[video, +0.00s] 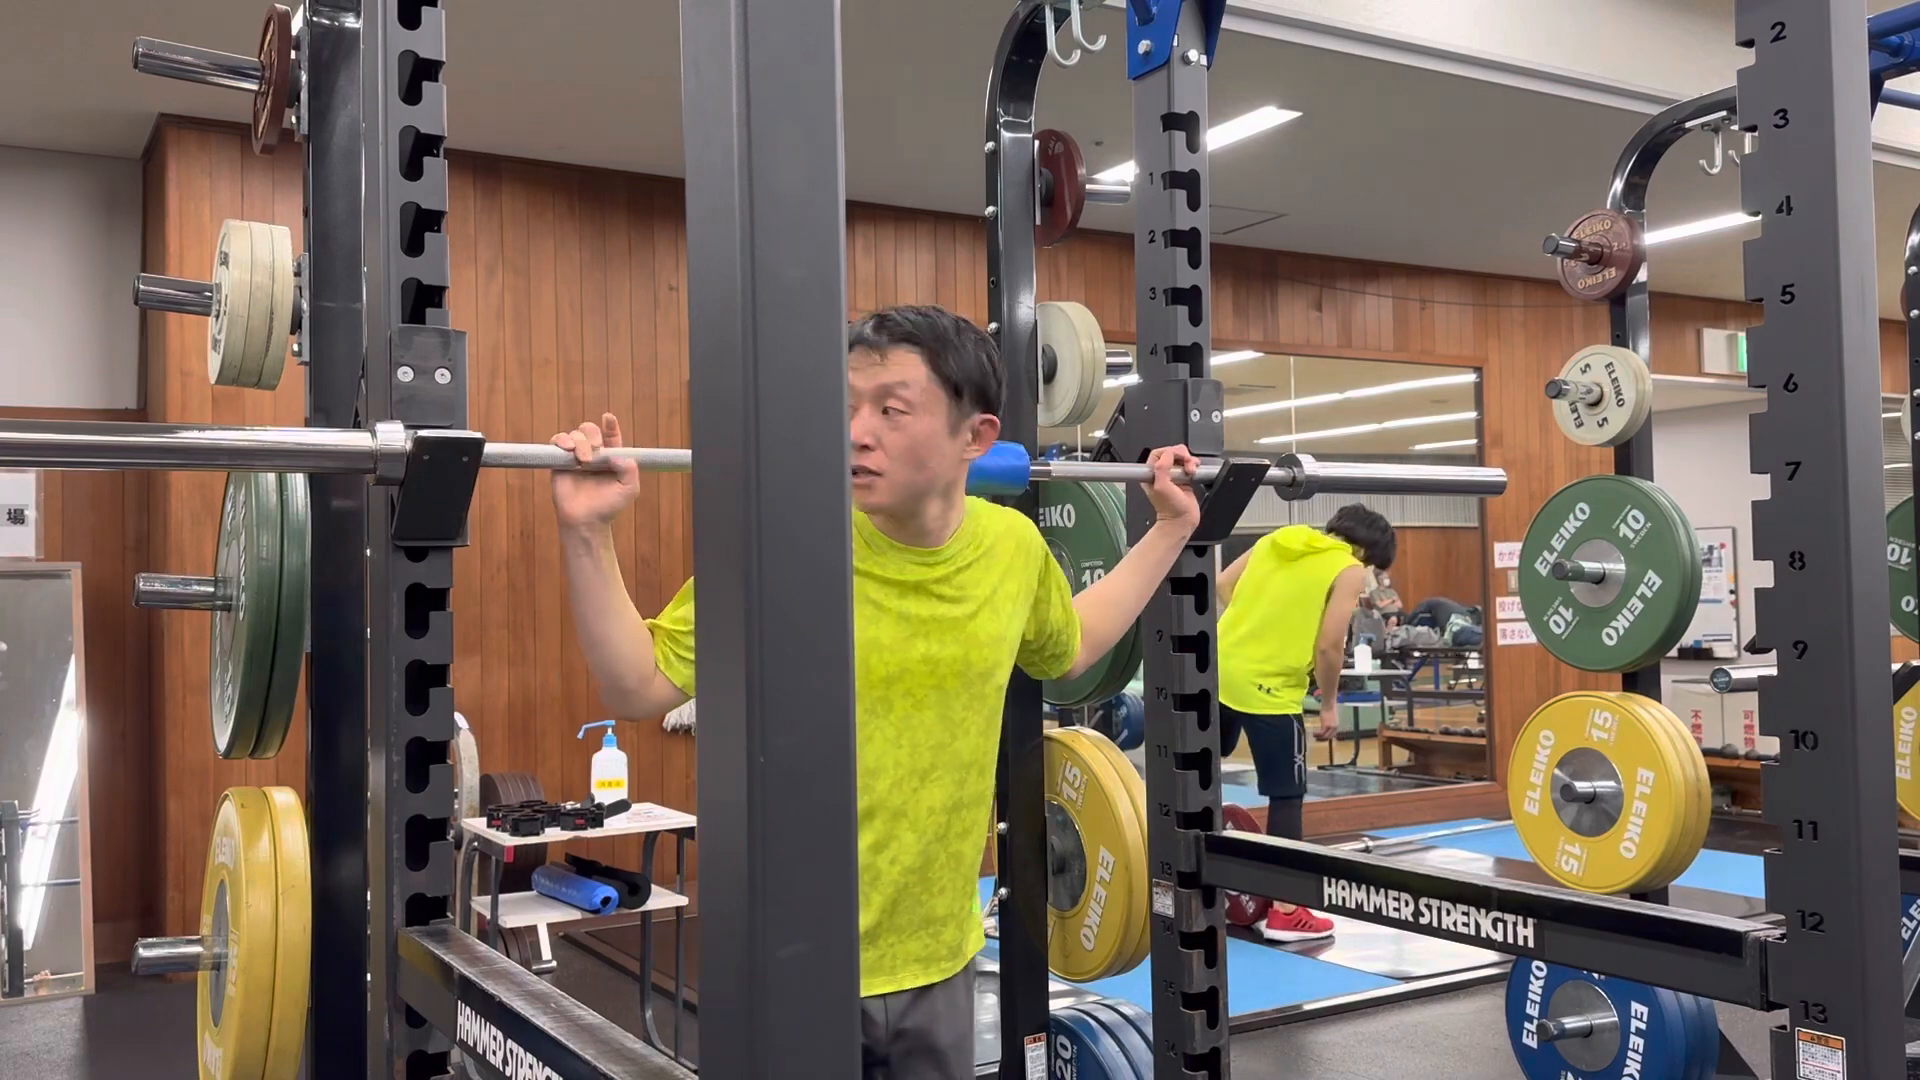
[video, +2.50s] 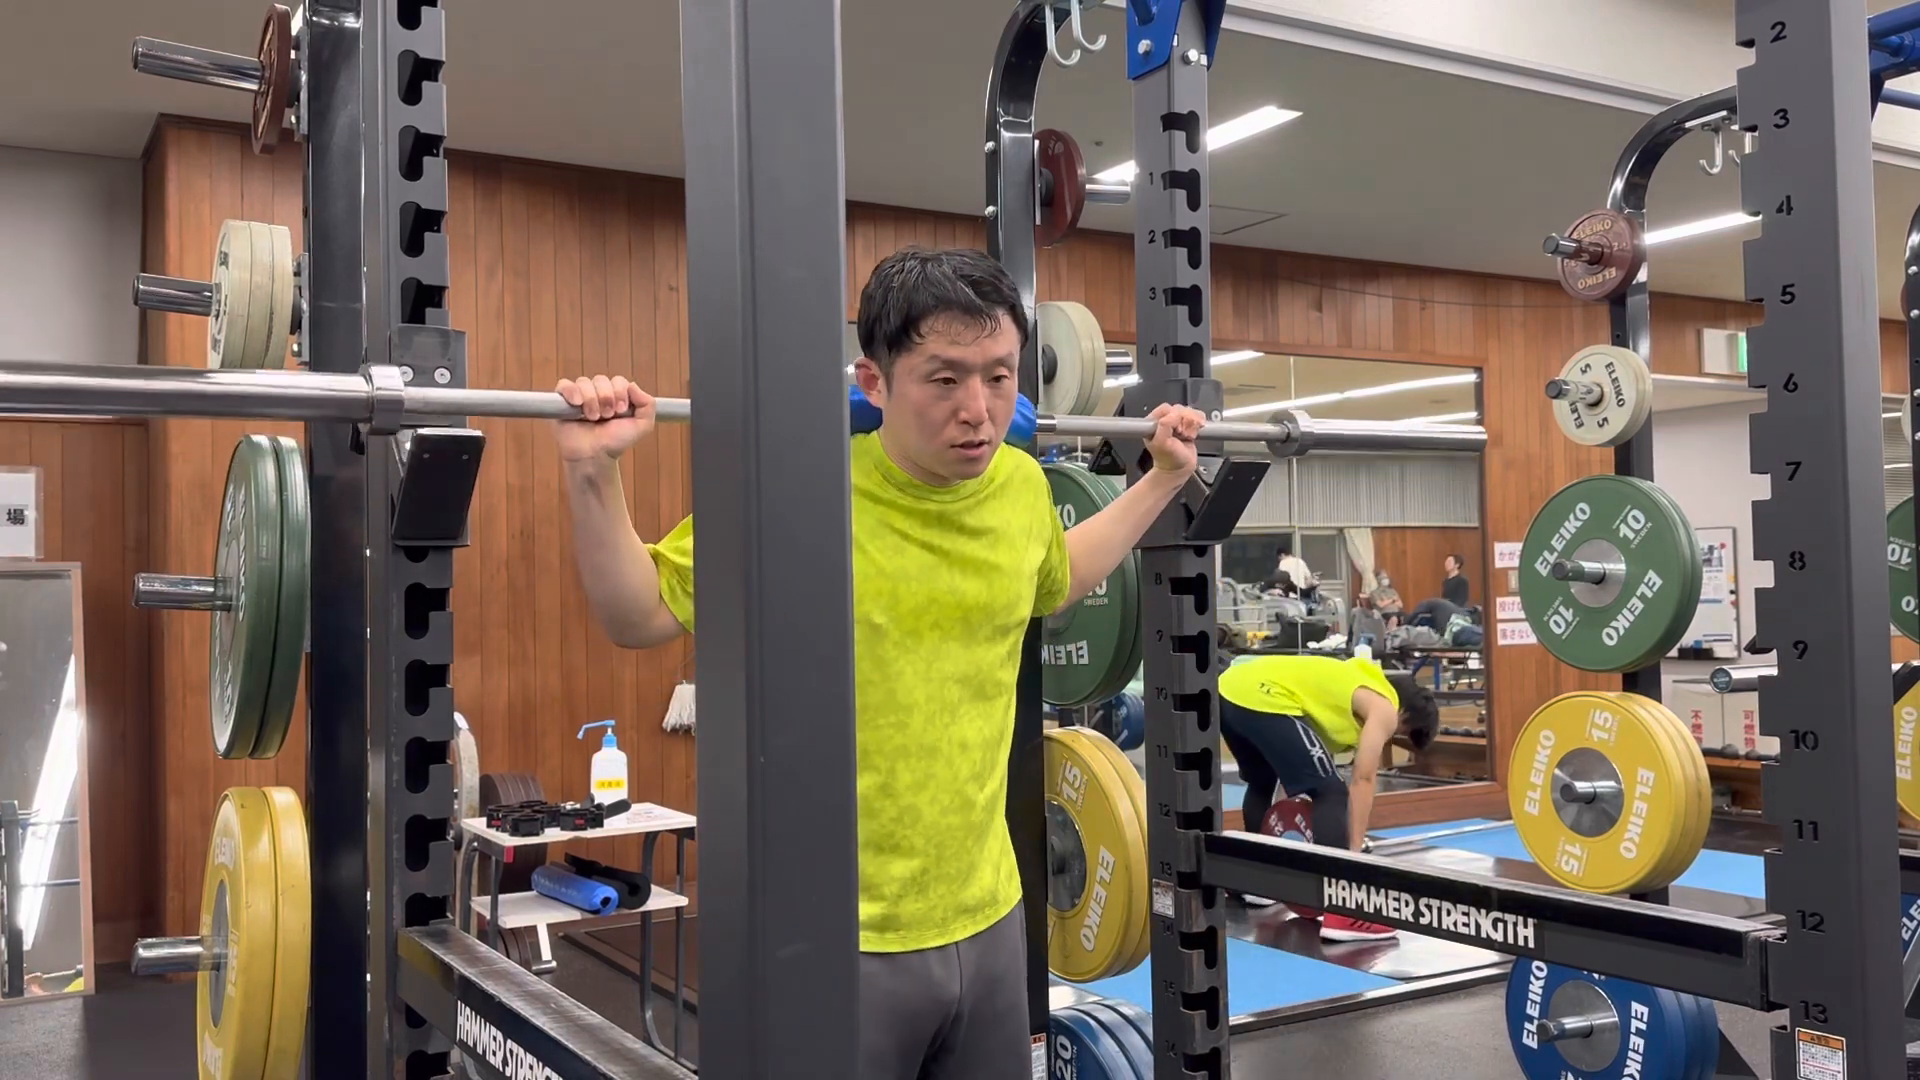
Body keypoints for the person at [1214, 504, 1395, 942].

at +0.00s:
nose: (1370, 574)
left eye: (1375, 569)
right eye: (1372, 567)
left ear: (1336, 530)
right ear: (1366, 551)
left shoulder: (1279, 540)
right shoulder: (1349, 569)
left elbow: (1224, 581)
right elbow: (1328, 645)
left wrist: (1249, 627)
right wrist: (1329, 706)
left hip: (1217, 672)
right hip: (1269, 687)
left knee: (1196, 779)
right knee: (1286, 798)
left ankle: (1181, 881)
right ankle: (1285, 905)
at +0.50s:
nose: (1343, 616)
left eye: (1350, 611)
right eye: (1349, 608)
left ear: (1324, 570)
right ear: (1348, 591)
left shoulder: (1267, 584)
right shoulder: (1321, 594)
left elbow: (1227, 638)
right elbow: (1304, 668)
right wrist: (1327, 729)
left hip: (1202, 702)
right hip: (1246, 704)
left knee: (1203, 803)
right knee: (1296, 797)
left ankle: (1194, 895)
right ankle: (1327, 903)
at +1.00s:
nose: (1339, 759)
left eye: (1344, 758)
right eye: (1346, 754)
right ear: (1356, 737)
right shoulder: (1343, 723)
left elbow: (1231, 767)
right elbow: (1304, 792)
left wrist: (1217, 818)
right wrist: (1297, 855)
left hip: (1207, 692)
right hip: (1255, 706)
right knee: (1323, 790)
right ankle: (1342, 909)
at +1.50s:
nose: (1348, 759)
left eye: (1354, 758)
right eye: (1355, 754)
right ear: (1366, 735)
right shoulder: (1351, 725)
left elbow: (1241, 774)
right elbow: (1309, 794)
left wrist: (1228, 832)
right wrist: (1301, 861)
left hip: (1207, 687)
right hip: (1263, 700)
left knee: (1195, 791)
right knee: (1323, 791)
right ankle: (1342, 909)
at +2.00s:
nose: (1391, 733)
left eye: (1397, 730)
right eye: (1397, 727)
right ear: (1398, 712)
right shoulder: (1380, 708)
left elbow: (1289, 770)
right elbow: (1361, 784)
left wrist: (1282, 832)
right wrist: (1353, 847)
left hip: (1225, 687)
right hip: (1273, 701)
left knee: (1218, 788)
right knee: (1337, 792)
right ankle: (1343, 910)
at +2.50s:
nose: (1395, 736)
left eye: (1401, 734)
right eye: (1402, 731)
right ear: (1404, 714)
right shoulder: (1383, 709)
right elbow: (1363, 780)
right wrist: (1355, 848)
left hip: (1230, 690)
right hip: (1268, 701)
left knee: (1261, 780)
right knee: (1332, 794)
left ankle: (1252, 881)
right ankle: (1341, 909)